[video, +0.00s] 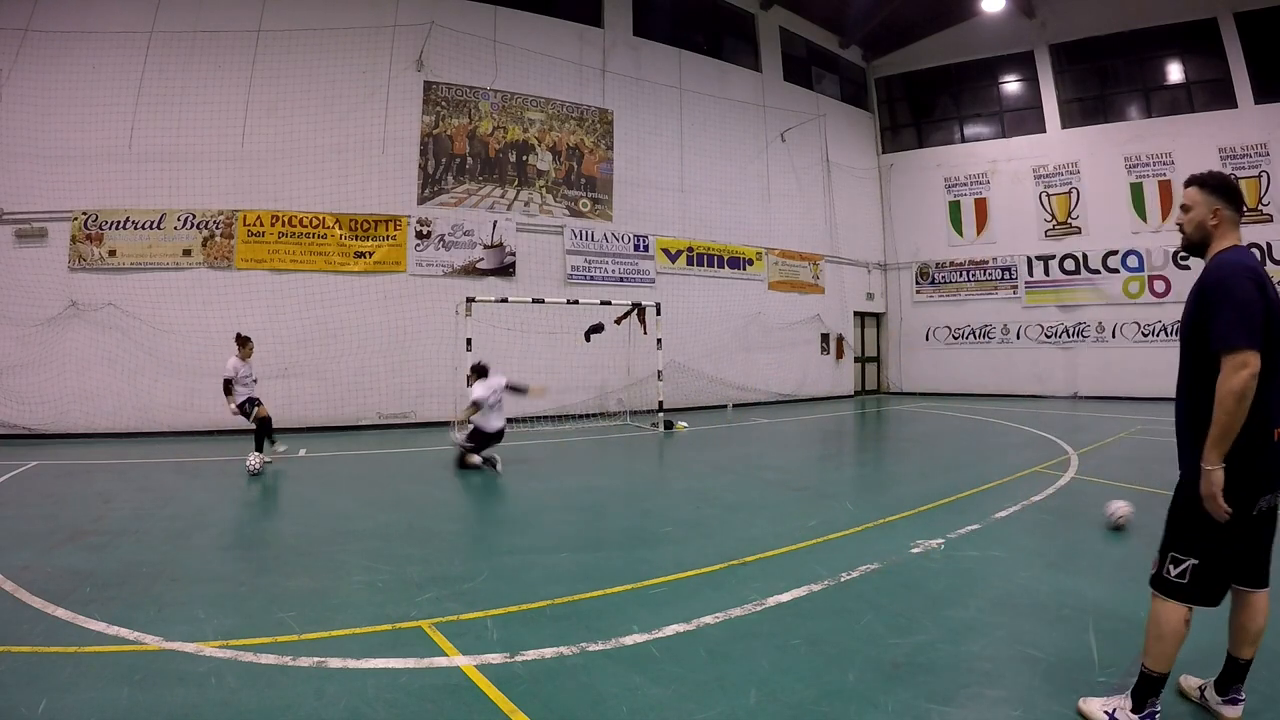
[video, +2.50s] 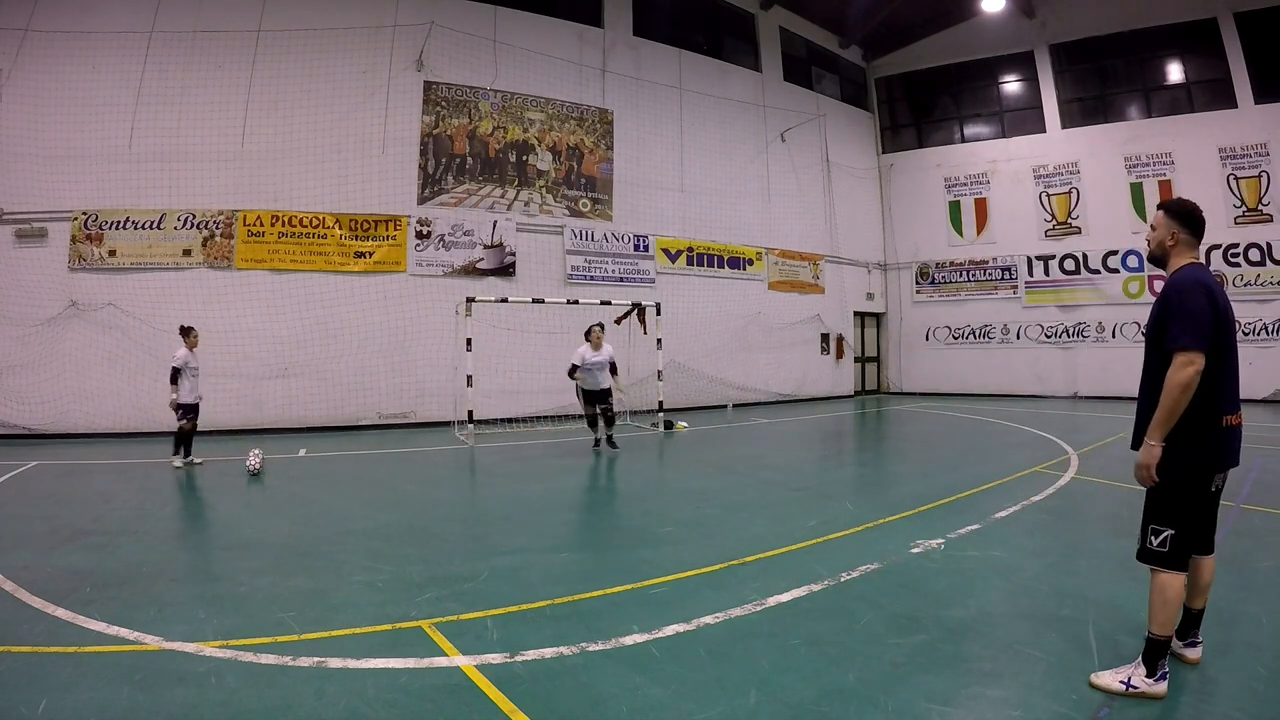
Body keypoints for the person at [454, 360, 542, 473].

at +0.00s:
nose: (470, 377)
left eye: (471, 375)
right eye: (470, 375)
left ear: (475, 376)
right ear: (485, 374)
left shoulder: (478, 387)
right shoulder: (496, 381)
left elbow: (477, 405)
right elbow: (513, 387)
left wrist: (463, 416)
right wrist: (531, 390)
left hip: (484, 433)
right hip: (499, 432)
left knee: (462, 460)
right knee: (468, 450)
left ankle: (485, 461)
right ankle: (489, 460)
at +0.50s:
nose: (490, 392)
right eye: (491, 390)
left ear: (482, 381)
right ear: (489, 390)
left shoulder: (469, 380)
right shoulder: (482, 400)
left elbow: (458, 370)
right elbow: (484, 423)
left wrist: (453, 365)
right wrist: (489, 447)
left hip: (442, 410)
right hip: (456, 420)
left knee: (430, 439)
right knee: (462, 424)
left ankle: (433, 450)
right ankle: (444, 441)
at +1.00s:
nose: (473, 334)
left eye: (476, 333)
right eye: (471, 331)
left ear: (479, 336)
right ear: (467, 333)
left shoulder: (481, 352)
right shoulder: (465, 347)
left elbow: (488, 373)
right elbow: (466, 367)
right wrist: (461, 380)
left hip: (476, 389)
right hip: (465, 387)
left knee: (462, 417)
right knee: (452, 414)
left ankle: (475, 450)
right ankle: (452, 446)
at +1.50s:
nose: (517, 331)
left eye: (519, 328)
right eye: (514, 328)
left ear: (522, 332)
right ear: (508, 332)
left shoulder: (528, 348)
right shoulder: (500, 348)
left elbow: (535, 367)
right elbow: (493, 367)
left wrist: (535, 383)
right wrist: (499, 382)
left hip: (526, 386)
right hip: (508, 387)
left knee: (530, 417)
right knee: (502, 418)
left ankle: (540, 442)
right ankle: (492, 444)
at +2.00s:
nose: (562, 341)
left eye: (564, 339)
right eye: (559, 339)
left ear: (567, 341)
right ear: (554, 342)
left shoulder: (574, 354)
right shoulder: (546, 355)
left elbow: (583, 370)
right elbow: (535, 367)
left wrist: (584, 389)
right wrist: (529, 385)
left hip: (572, 387)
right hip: (553, 387)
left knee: (577, 415)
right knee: (547, 416)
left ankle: (586, 442)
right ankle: (534, 444)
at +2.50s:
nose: (598, 334)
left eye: (600, 332)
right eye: (594, 332)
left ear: (603, 335)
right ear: (589, 337)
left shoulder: (608, 349)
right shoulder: (582, 351)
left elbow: (612, 367)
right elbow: (570, 372)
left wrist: (617, 383)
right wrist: (577, 376)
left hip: (604, 387)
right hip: (586, 389)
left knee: (609, 416)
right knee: (591, 419)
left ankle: (609, 437)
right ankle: (597, 437)